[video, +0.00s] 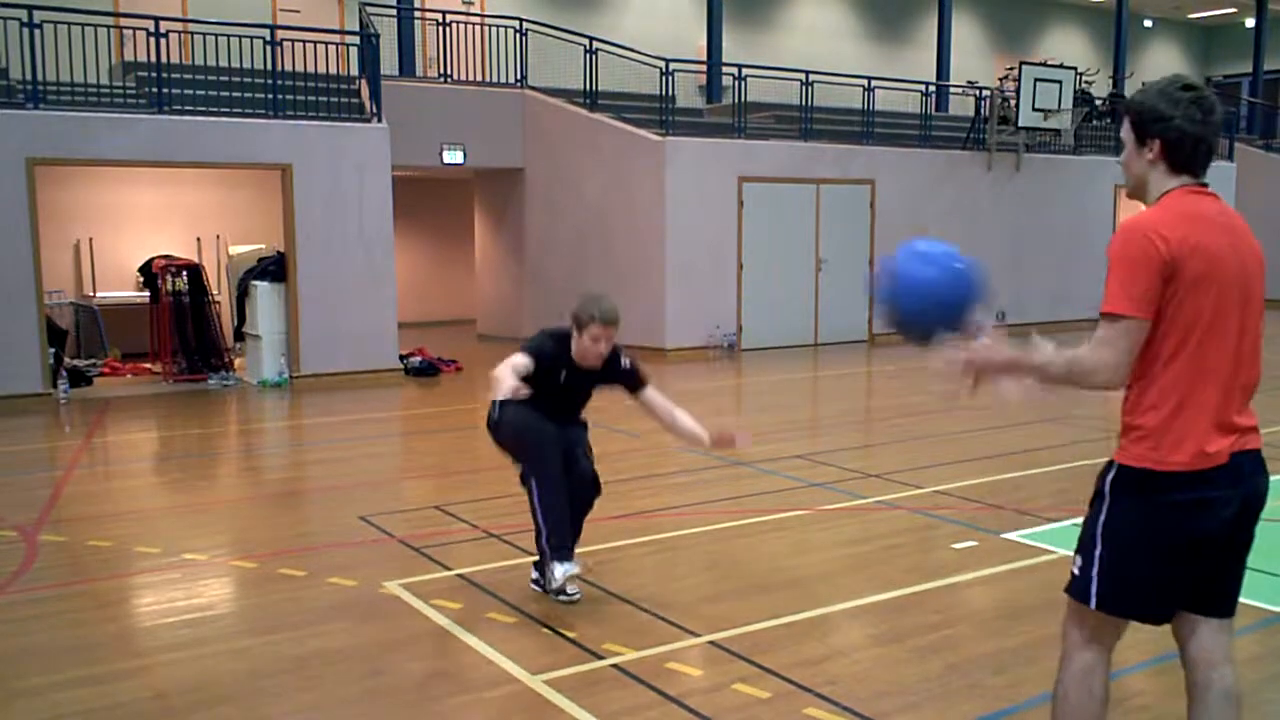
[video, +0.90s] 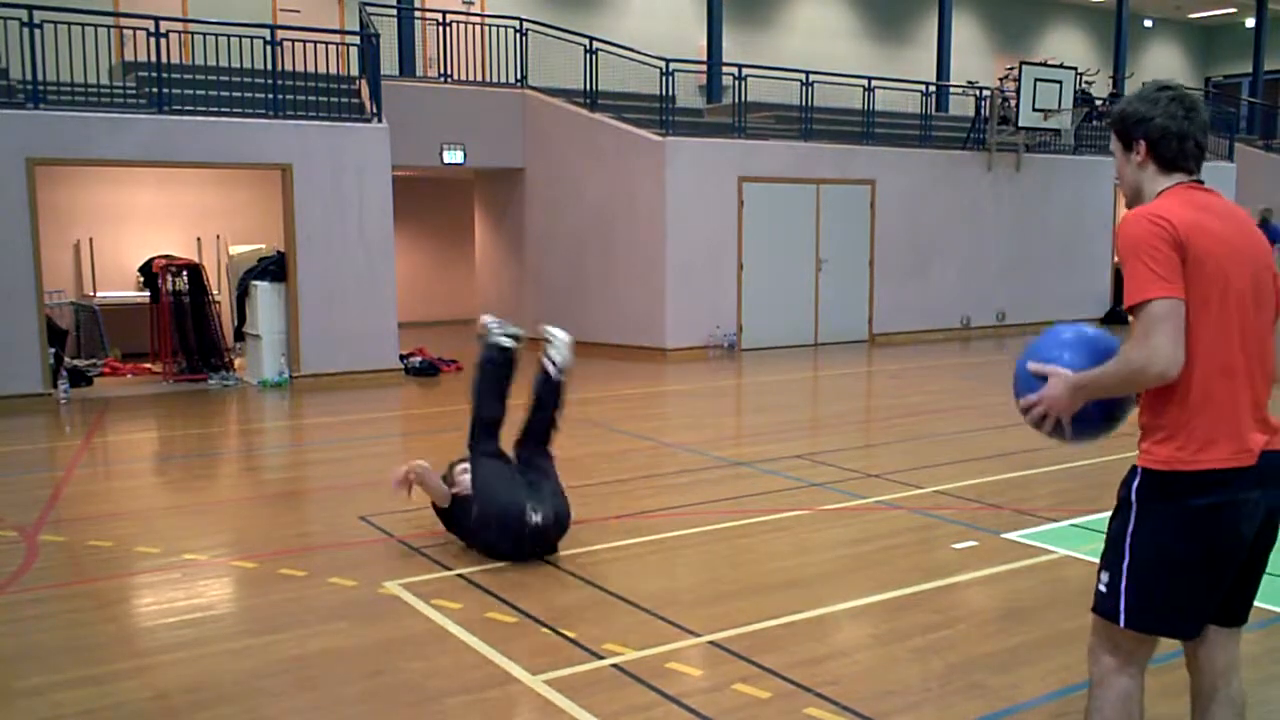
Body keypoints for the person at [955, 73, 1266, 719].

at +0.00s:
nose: (1120, 159)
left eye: (1124, 143)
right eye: (1122, 144)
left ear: (1149, 147)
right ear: (1196, 148)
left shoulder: (1146, 230)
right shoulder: (1239, 232)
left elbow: (1106, 365)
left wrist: (1009, 356)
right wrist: (1039, 363)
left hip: (1154, 475)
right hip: (1234, 472)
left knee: (1088, 637)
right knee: (1206, 636)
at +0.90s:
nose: (1116, 173)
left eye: (1117, 154)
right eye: (1115, 156)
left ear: (1139, 151)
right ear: (1190, 150)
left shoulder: (1149, 223)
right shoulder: (1247, 228)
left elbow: (1158, 357)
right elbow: (1257, 362)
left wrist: (1075, 387)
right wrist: (1124, 374)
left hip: (1176, 480)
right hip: (1257, 475)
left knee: (1117, 656)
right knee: (1216, 647)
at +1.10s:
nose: (1110, 174)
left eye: (1109, 157)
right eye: (1107, 159)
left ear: (1132, 153)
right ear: (1186, 152)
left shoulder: (1145, 226)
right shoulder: (1243, 229)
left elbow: (1162, 360)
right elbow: (1261, 369)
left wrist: (1083, 400)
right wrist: (1133, 402)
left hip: (1175, 481)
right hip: (1255, 476)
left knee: (1113, 653)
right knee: (1217, 650)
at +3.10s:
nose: (1009, 166)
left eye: (1009, 152)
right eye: (1010, 153)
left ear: (1025, 156)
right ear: (1081, 153)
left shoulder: (1024, 233)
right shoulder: (1130, 223)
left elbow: (975, 364)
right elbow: (1082, 347)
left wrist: (912, 364)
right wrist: (989, 348)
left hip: (1083, 470)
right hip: (1166, 461)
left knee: (1063, 660)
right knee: (1156, 633)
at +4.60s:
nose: (1154, 168)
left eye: (1155, 154)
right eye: (1153, 155)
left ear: (1175, 155)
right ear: (1234, 153)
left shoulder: (1154, 227)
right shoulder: (1276, 220)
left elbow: (1133, 360)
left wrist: (1140, 402)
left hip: (1181, 481)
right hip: (1270, 480)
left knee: (1141, 664)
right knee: (1241, 675)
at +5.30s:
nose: (1157, 170)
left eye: (1157, 153)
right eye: (1155, 155)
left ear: (1181, 149)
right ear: (1233, 146)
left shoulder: (1182, 223)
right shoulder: (1272, 208)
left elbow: (1191, 358)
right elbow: (1255, 348)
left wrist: (1131, 418)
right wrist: (1170, 402)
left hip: (1213, 474)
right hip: (1274, 469)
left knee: (1197, 663)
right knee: (1254, 652)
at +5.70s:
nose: (1190, 173)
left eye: (1190, 156)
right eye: (1188, 157)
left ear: (1217, 153)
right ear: (1264, 149)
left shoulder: (1226, 225)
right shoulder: (1270, 214)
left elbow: (1236, 361)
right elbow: (1252, 353)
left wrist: (1165, 413)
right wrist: (1197, 404)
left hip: (1249, 467)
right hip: (1275, 463)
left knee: (1160, 628)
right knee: (1276, 622)